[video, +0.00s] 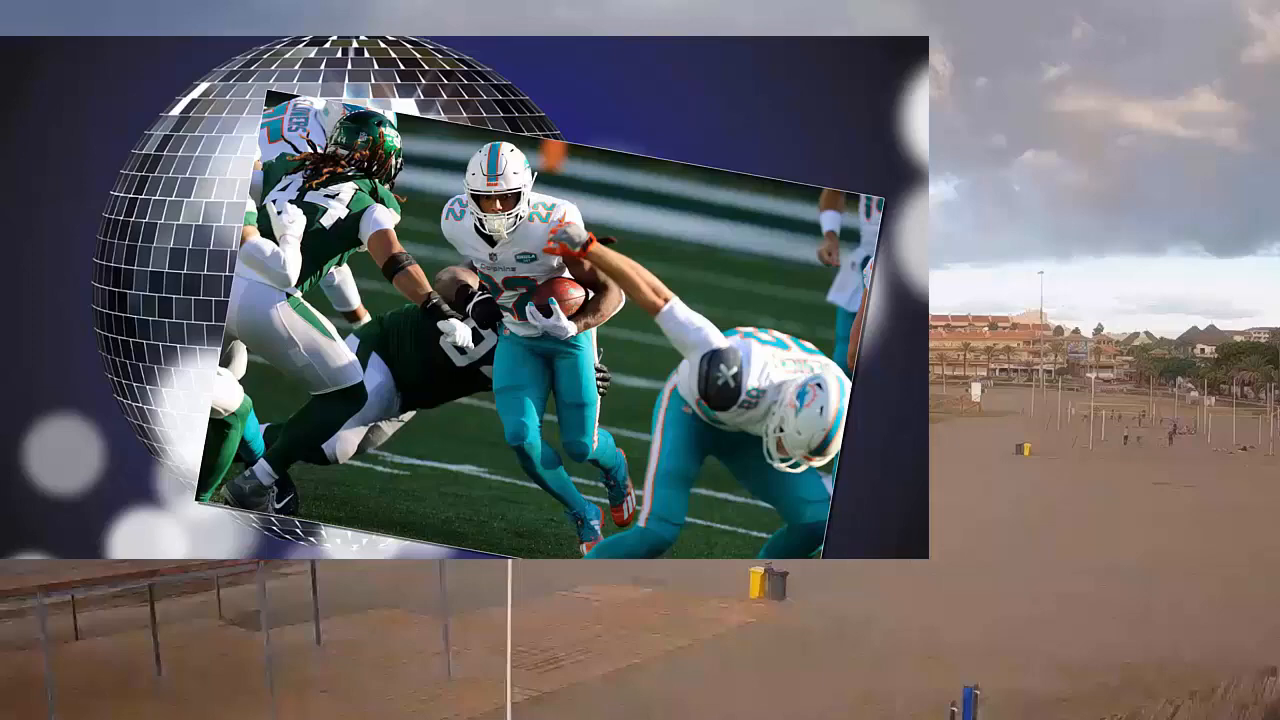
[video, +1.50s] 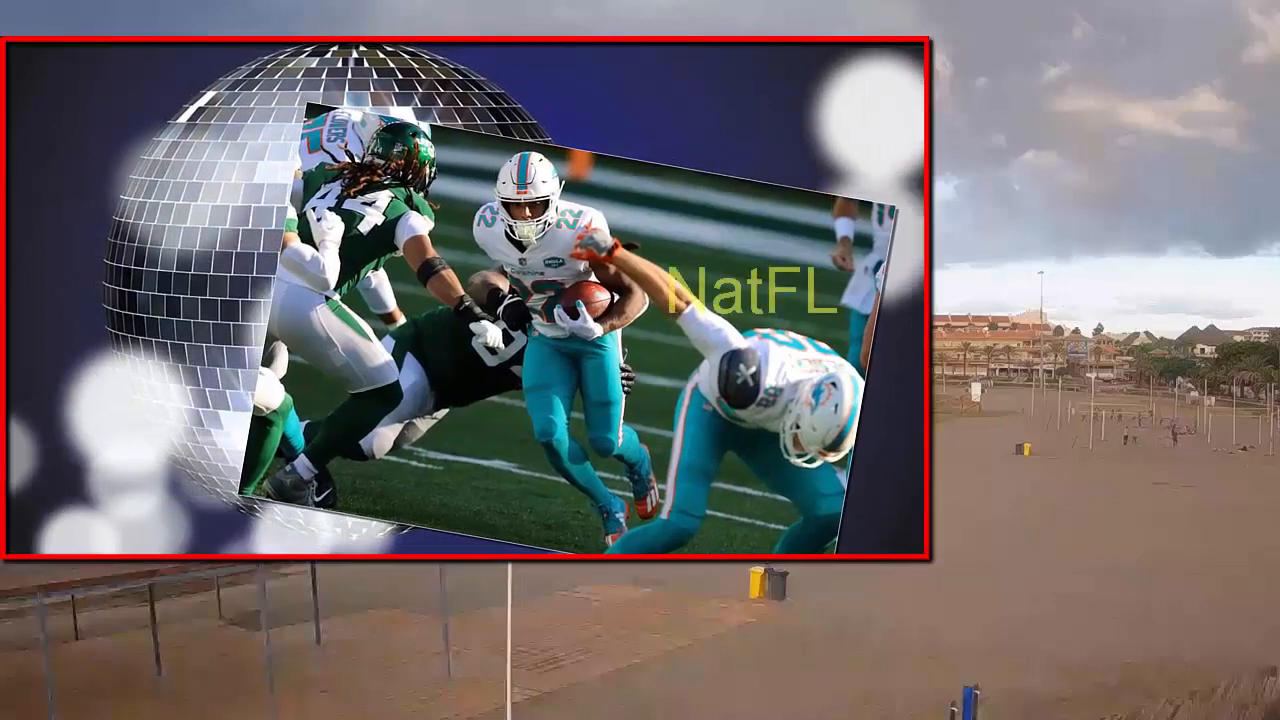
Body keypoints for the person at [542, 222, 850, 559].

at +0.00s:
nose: (793, 464)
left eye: (807, 460)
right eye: (788, 453)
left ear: (835, 435)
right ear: (777, 416)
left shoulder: (845, 416)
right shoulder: (733, 377)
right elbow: (657, 299)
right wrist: (588, 247)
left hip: (752, 429)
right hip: (692, 406)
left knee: (818, 519)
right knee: (658, 532)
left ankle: (754, 587)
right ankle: (573, 580)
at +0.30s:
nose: (797, 463)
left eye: (810, 459)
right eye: (792, 451)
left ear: (840, 434)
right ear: (781, 414)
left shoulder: (847, 417)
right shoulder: (734, 375)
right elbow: (660, 299)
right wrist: (593, 249)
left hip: (753, 428)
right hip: (696, 405)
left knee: (820, 517)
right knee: (663, 530)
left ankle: (757, 588)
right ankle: (577, 580)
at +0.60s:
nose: (800, 462)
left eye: (814, 458)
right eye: (795, 451)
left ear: (842, 434)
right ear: (784, 413)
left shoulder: (849, 415)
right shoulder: (740, 375)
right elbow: (665, 300)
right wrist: (597, 249)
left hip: (759, 428)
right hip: (700, 406)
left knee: (823, 516)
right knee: (668, 528)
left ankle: (756, 587)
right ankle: (584, 576)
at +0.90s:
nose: (803, 461)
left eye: (816, 457)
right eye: (798, 450)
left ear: (844, 434)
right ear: (787, 414)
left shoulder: (852, 414)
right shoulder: (745, 376)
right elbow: (669, 299)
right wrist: (603, 251)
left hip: (763, 427)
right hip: (705, 406)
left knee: (826, 515)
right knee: (671, 528)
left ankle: (764, 583)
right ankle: (591, 574)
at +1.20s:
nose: (805, 460)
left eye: (819, 456)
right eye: (801, 449)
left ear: (847, 433)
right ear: (789, 414)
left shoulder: (856, 415)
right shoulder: (748, 376)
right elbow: (675, 301)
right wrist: (609, 253)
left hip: (767, 427)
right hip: (708, 405)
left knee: (828, 514)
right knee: (676, 526)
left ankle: (768, 583)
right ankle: (597, 571)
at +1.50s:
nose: (809, 459)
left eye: (822, 455)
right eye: (804, 449)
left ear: (849, 432)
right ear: (793, 414)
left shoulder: (858, 415)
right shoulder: (752, 375)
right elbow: (677, 301)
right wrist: (613, 253)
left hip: (769, 426)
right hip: (712, 404)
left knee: (831, 513)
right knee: (681, 523)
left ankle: (770, 582)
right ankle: (600, 571)